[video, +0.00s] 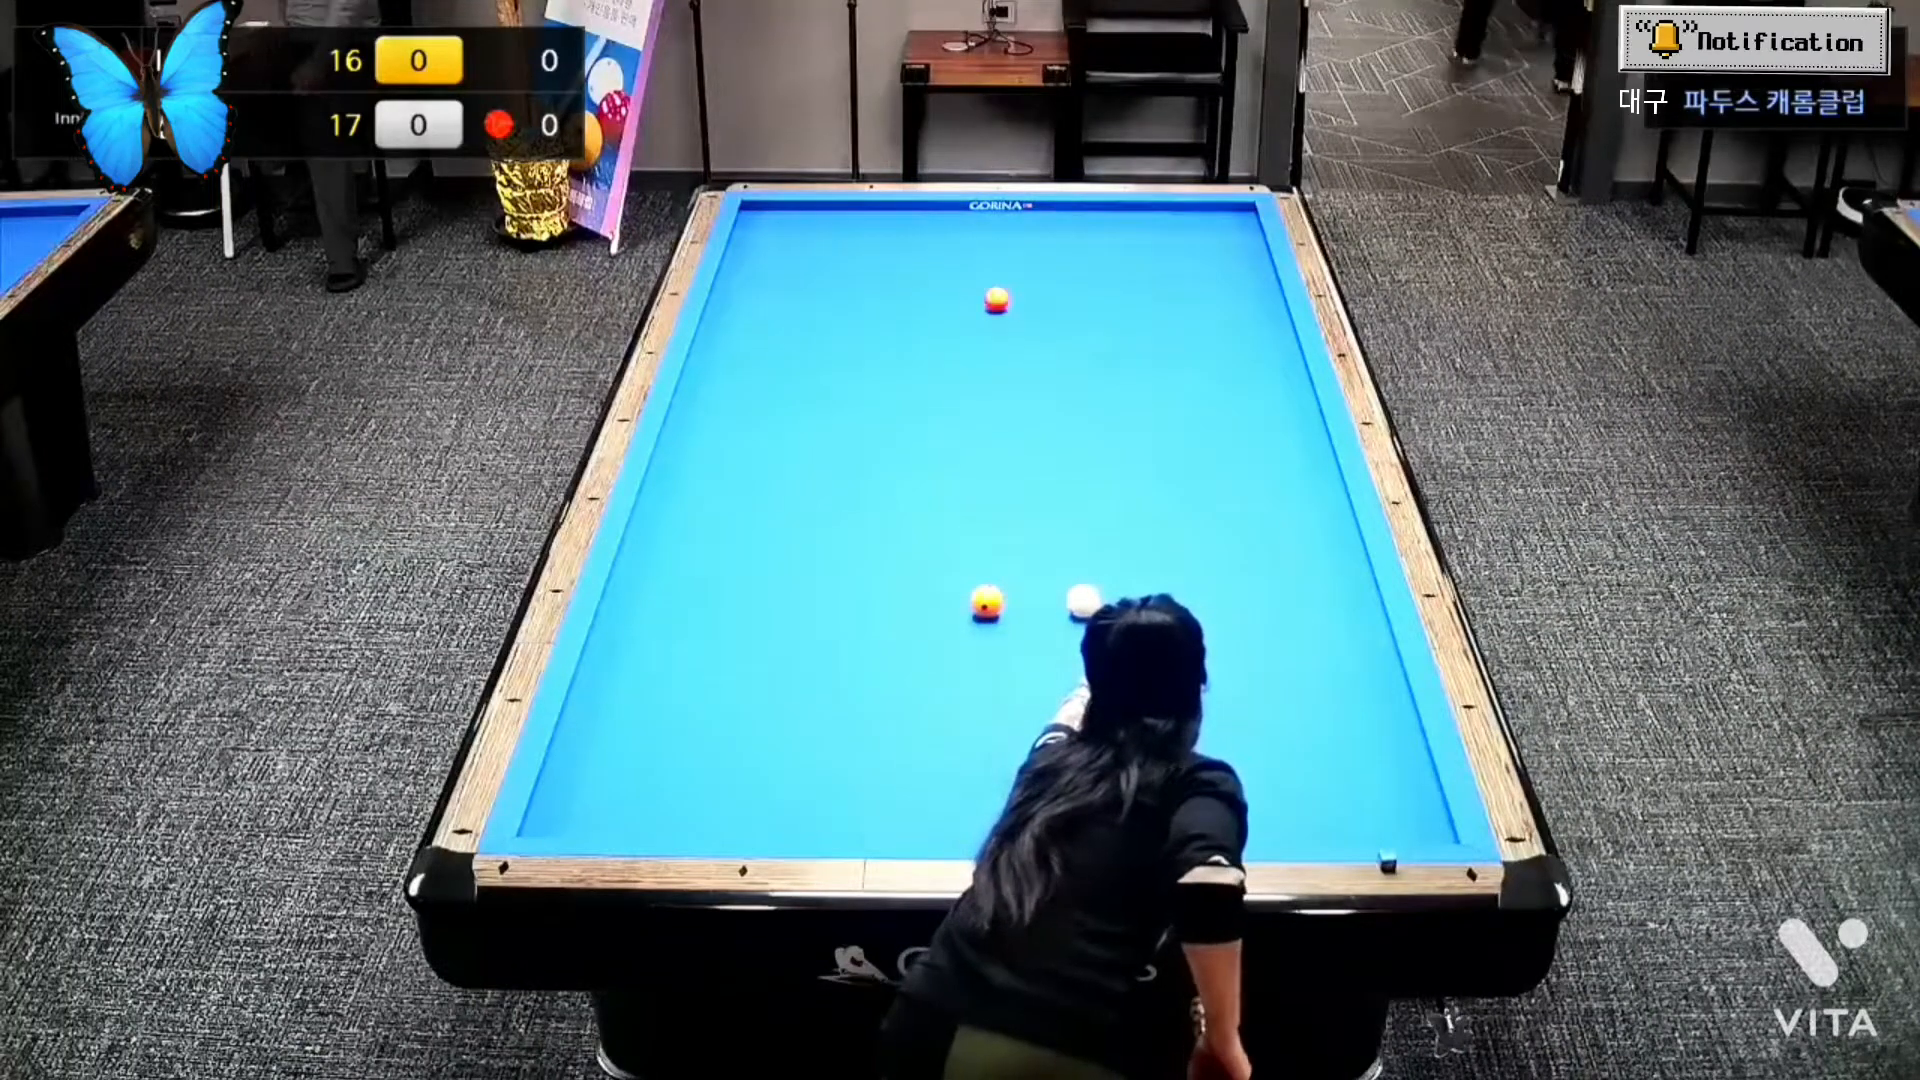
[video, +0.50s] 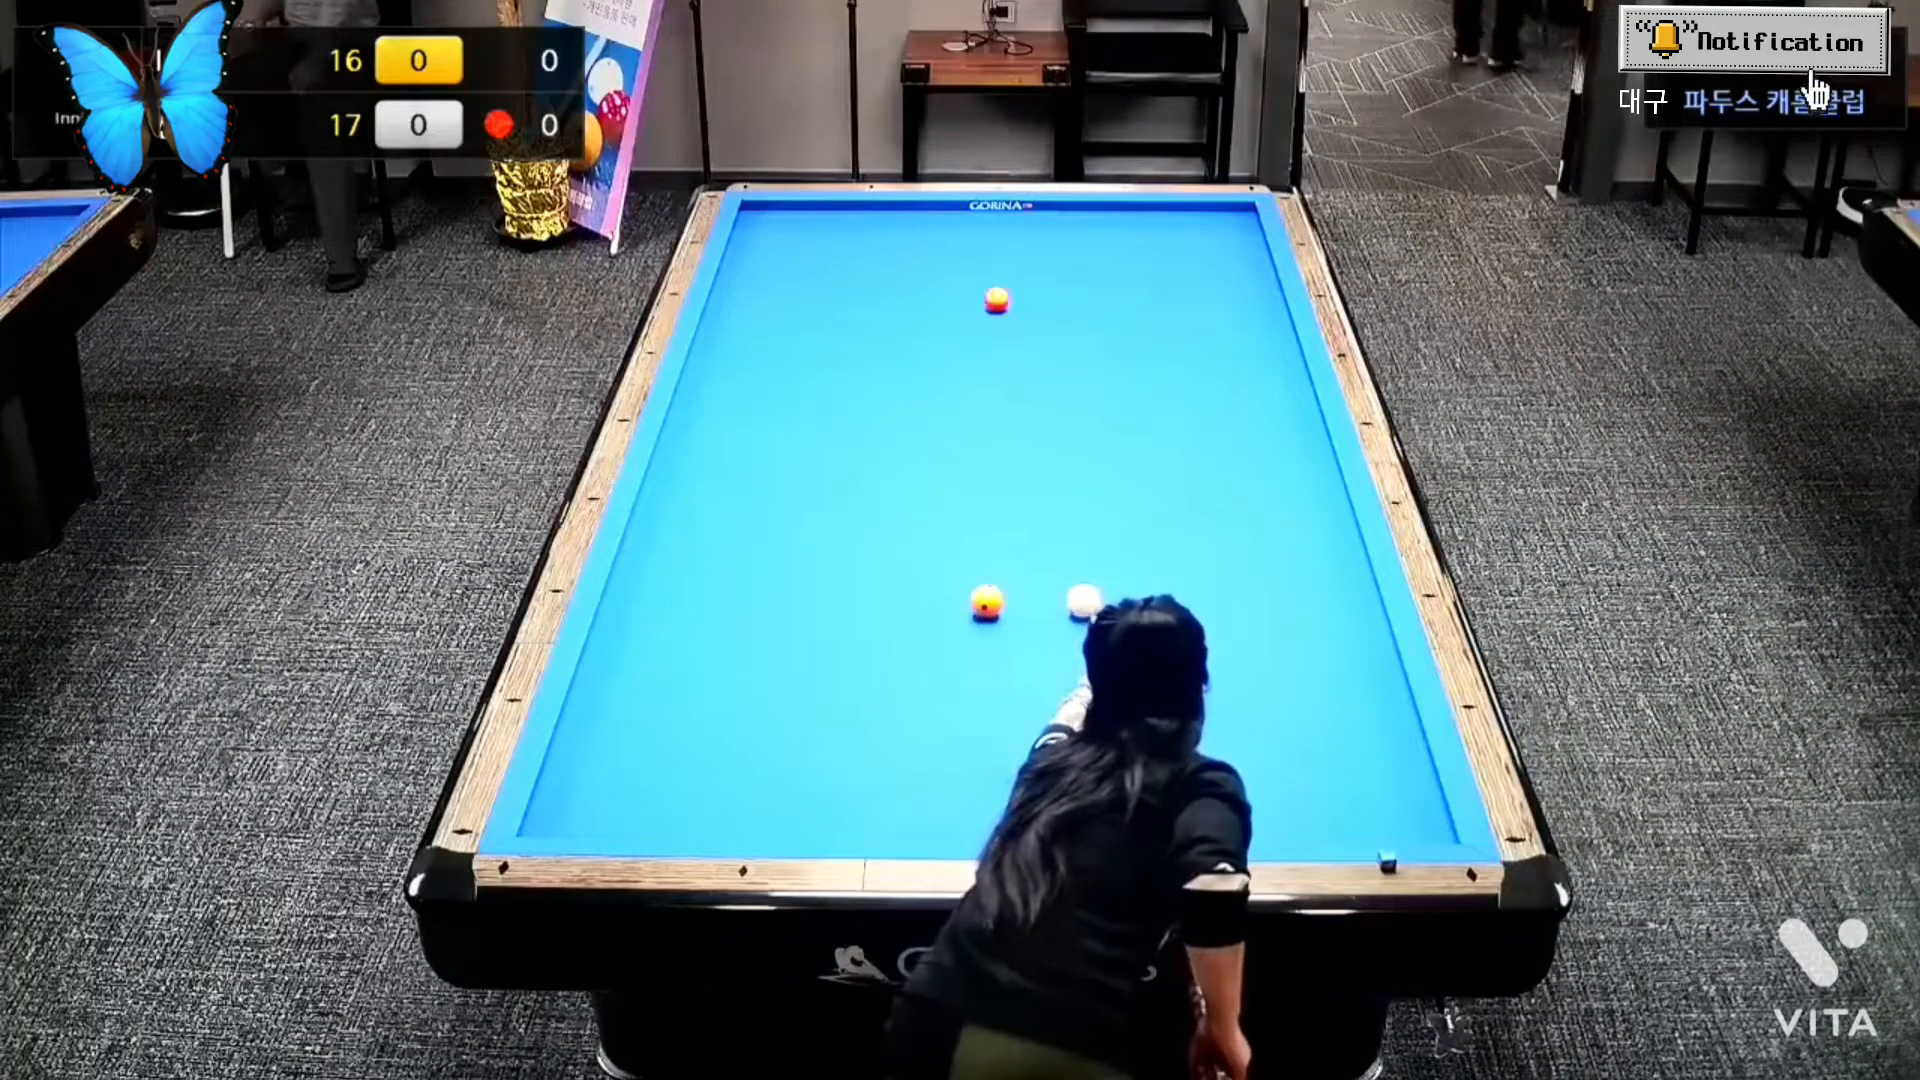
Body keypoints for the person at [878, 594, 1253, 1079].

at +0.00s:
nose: (1207, 680)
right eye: (1202, 670)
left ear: (1099, 685)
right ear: (1193, 683)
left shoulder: (1052, 756)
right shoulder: (1203, 780)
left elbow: (1071, 717)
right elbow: (1206, 889)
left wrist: (1091, 683)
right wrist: (1222, 1036)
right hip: (1080, 1044)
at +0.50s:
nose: (1209, 681)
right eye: (1204, 671)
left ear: (1099, 687)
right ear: (1195, 684)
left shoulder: (1052, 758)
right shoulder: (1205, 781)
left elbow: (1077, 704)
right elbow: (1212, 889)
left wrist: (1099, 669)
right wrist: (1222, 1024)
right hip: (1083, 1041)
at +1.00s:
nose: (1209, 683)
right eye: (1204, 673)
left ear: (1099, 688)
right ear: (1195, 686)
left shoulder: (1053, 758)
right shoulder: (1207, 782)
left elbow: (1079, 702)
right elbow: (1214, 887)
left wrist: (1103, 666)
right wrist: (1222, 1018)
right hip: (1092, 1041)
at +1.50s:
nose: (1214, 677)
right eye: (1209, 667)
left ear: (1102, 682)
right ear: (1200, 679)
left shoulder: (1055, 755)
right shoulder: (1212, 776)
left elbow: (1079, 705)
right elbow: (1221, 894)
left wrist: (1097, 673)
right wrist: (1234, 1052)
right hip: (1091, 1038)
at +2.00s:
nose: (1220, 672)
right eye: (1216, 660)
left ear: (1112, 671)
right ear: (1205, 669)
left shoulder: (1058, 748)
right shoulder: (1221, 771)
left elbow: (1077, 708)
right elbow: (1233, 872)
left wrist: (1104, 669)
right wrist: (1232, 937)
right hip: (1109, 1037)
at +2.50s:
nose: (1208, 660)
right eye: (1203, 648)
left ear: (1103, 656)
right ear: (1196, 658)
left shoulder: (1049, 740)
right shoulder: (1217, 764)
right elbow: (1232, 874)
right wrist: (1223, 943)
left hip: (988, 1012)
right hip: (1112, 1029)